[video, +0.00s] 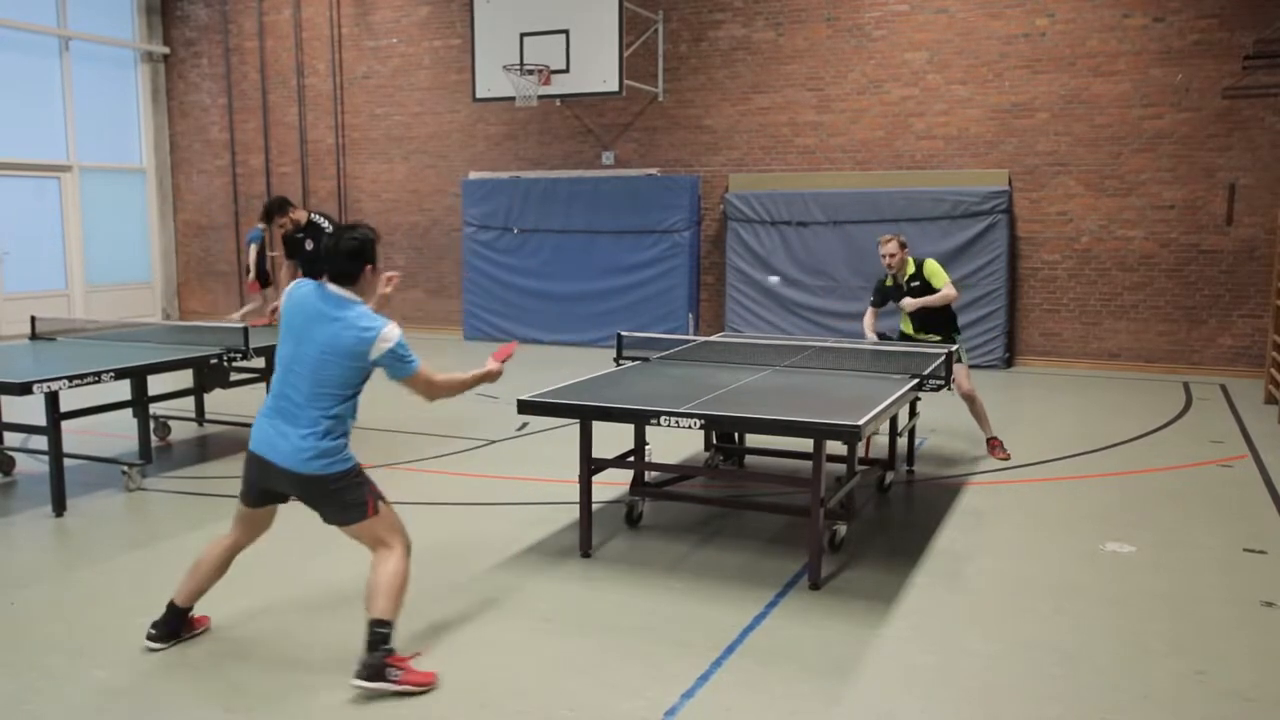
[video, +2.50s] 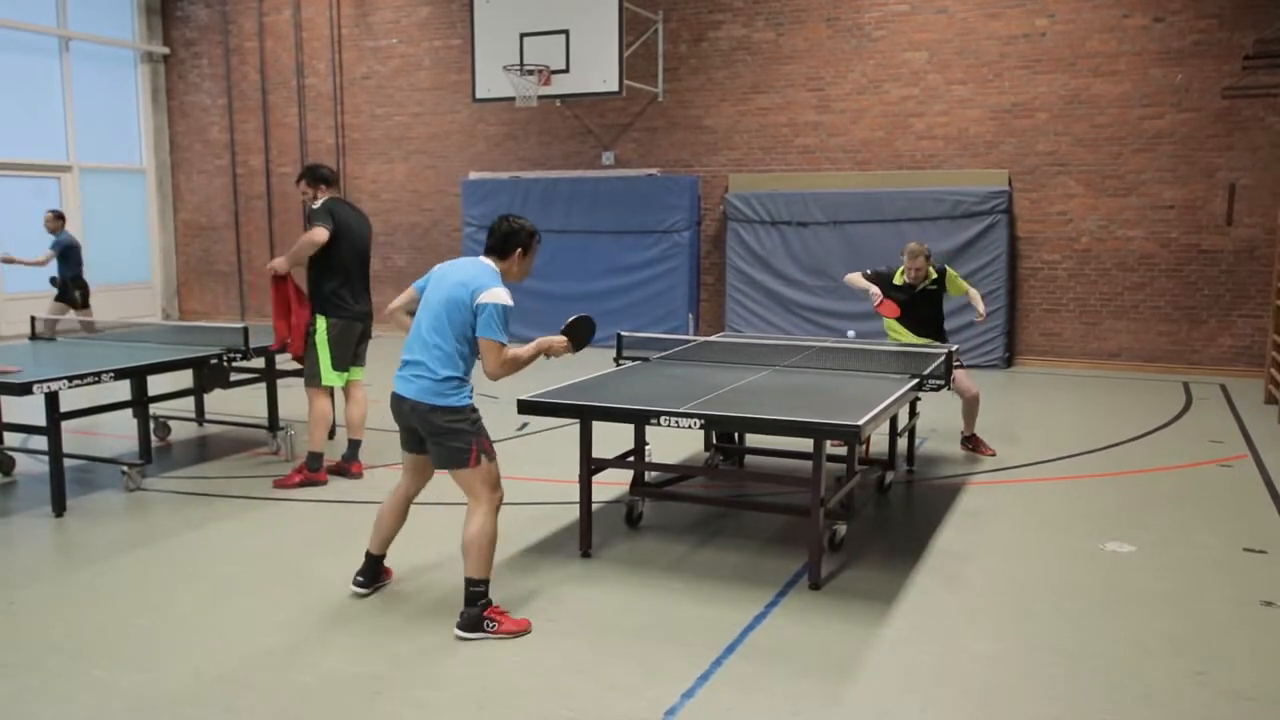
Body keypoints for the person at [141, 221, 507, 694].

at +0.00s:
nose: (382, 267)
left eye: (379, 261)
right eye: (377, 262)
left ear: (327, 266)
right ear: (366, 271)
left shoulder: (296, 294)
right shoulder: (376, 331)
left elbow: (337, 315)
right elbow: (431, 387)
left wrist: (369, 298)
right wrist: (485, 374)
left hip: (264, 451)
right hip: (321, 464)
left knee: (240, 532)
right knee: (392, 544)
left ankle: (169, 620)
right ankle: (377, 657)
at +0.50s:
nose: (389, 277)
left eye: (389, 267)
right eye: (387, 268)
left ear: (340, 266)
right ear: (367, 269)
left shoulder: (300, 297)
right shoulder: (342, 324)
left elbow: (291, 373)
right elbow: (332, 417)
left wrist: (355, 382)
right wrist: (404, 442)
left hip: (251, 449)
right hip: (295, 457)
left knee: (267, 536)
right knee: (374, 548)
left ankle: (196, 635)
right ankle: (363, 683)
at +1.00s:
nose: (486, 266)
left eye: (491, 254)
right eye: (478, 253)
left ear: (450, 243)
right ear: (443, 244)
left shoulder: (424, 272)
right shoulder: (412, 299)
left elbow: (399, 341)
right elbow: (366, 396)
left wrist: (440, 374)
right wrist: (444, 441)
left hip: (334, 425)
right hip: (359, 438)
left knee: (358, 535)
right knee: (424, 546)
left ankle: (319, 653)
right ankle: (414, 691)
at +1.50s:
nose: (539, 368)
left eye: (541, 359)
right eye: (541, 359)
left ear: (499, 345)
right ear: (531, 356)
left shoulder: (454, 352)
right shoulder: (513, 383)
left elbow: (387, 363)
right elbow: (526, 461)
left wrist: (391, 419)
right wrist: (545, 421)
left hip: (374, 446)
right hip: (416, 456)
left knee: (413, 494)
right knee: (506, 520)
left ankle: (378, 579)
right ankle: (502, 639)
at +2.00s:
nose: (540, 315)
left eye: (540, 307)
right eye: (540, 307)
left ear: (499, 299)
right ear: (530, 306)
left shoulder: (454, 311)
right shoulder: (513, 339)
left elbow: (390, 334)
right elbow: (515, 420)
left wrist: (403, 390)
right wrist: (543, 390)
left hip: (385, 417)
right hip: (430, 427)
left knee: (404, 486)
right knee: (490, 518)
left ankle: (378, 578)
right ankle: (500, 638)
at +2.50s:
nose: (532, 266)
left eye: (533, 258)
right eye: (531, 257)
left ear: (492, 250)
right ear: (517, 254)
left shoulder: (446, 268)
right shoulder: (492, 287)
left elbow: (396, 310)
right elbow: (497, 367)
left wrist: (438, 337)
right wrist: (540, 347)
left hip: (407, 396)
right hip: (445, 403)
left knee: (411, 480)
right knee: (486, 496)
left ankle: (369, 571)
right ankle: (476, 610)